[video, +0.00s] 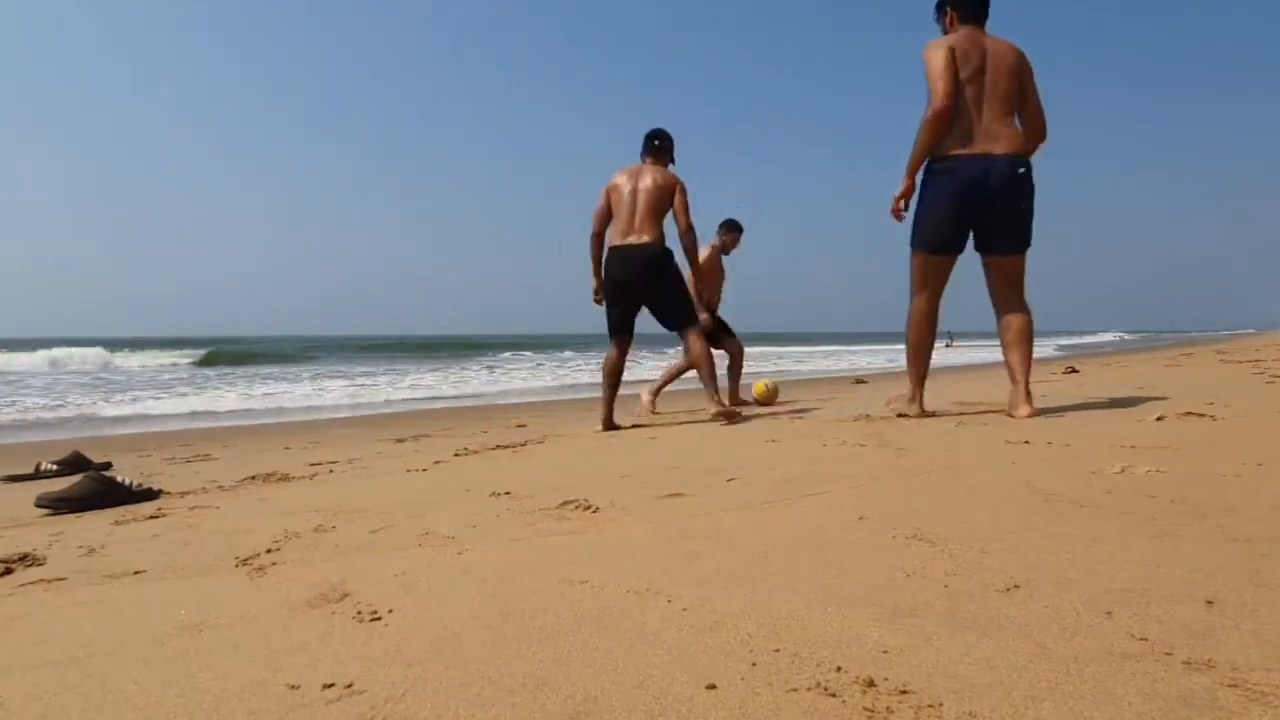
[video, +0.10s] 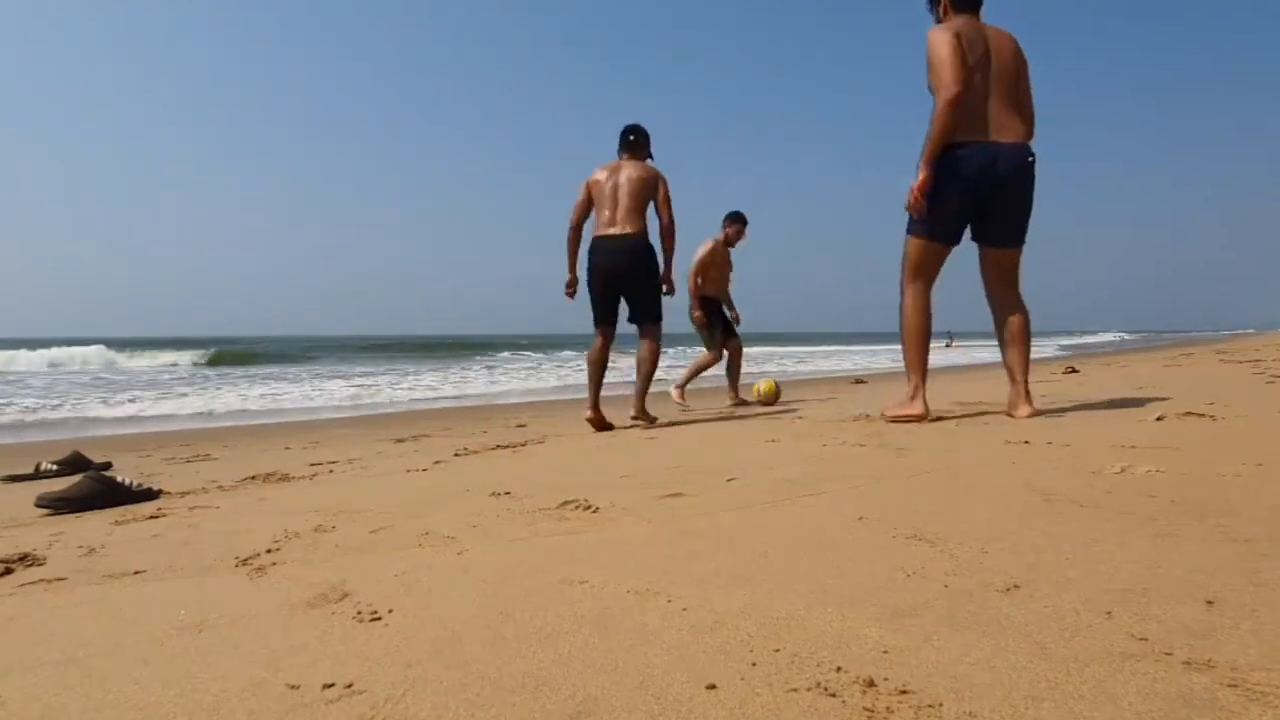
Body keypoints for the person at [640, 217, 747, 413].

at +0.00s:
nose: (736, 244)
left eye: (737, 239)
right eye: (733, 238)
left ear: (733, 238)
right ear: (722, 235)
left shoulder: (717, 258)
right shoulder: (709, 256)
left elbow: (708, 286)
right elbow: (692, 281)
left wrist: (711, 312)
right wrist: (701, 310)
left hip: (710, 315)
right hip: (697, 316)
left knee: (736, 350)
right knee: (691, 360)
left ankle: (734, 396)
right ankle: (651, 393)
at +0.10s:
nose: (741, 237)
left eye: (743, 232)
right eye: (738, 231)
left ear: (736, 231)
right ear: (727, 227)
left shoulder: (725, 254)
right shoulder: (710, 248)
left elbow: (723, 287)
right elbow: (693, 275)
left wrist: (732, 309)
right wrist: (695, 307)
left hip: (716, 303)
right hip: (703, 302)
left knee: (735, 347)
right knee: (715, 354)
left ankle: (733, 395)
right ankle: (678, 387)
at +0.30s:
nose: (736, 227)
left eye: (739, 223)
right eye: (732, 222)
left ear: (742, 224)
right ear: (723, 221)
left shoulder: (738, 248)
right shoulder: (711, 244)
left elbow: (741, 278)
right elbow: (694, 271)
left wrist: (755, 302)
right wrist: (692, 304)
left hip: (730, 298)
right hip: (714, 297)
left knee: (738, 345)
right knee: (729, 345)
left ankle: (733, 394)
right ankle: (720, 394)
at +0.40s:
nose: (732, 225)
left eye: (735, 221)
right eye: (728, 220)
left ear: (740, 222)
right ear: (721, 220)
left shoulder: (743, 246)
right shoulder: (710, 244)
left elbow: (748, 274)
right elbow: (697, 272)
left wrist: (760, 299)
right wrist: (693, 304)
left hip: (736, 297)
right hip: (718, 296)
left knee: (740, 346)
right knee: (730, 346)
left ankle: (735, 394)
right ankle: (728, 394)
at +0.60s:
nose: (728, 224)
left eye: (731, 220)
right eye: (723, 220)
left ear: (736, 220)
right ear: (717, 221)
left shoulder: (744, 244)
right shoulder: (709, 245)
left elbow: (753, 273)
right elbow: (699, 275)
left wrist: (766, 298)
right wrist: (696, 305)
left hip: (741, 297)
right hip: (721, 296)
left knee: (757, 344)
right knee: (728, 349)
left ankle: (741, 388)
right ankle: (733, 395)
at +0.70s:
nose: (724, 224)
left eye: (728, 219)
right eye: (720, 219)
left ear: (734, 219)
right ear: (714, 219)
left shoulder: (743, 243)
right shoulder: (707, 244)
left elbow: (753, 272)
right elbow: (699, 275)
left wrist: (766, 299)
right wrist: (697, 306)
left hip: (743, 296)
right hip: (721, 296)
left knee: (762, 339)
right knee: (727, 350)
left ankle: (759, 386)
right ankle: (732, 396)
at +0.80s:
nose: (724, 223)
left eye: (727, 218)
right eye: (719, 219)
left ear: (733, 218)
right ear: (713, 219)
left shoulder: (743, 241)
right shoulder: (705, 244)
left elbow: (752, 270)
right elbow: (698, 275)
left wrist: (764, 298)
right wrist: (697, 304)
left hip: (744, 293)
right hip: (720, 295)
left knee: (762, 339)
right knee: (726, 350)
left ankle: (772, 387)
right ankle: (731, 395)